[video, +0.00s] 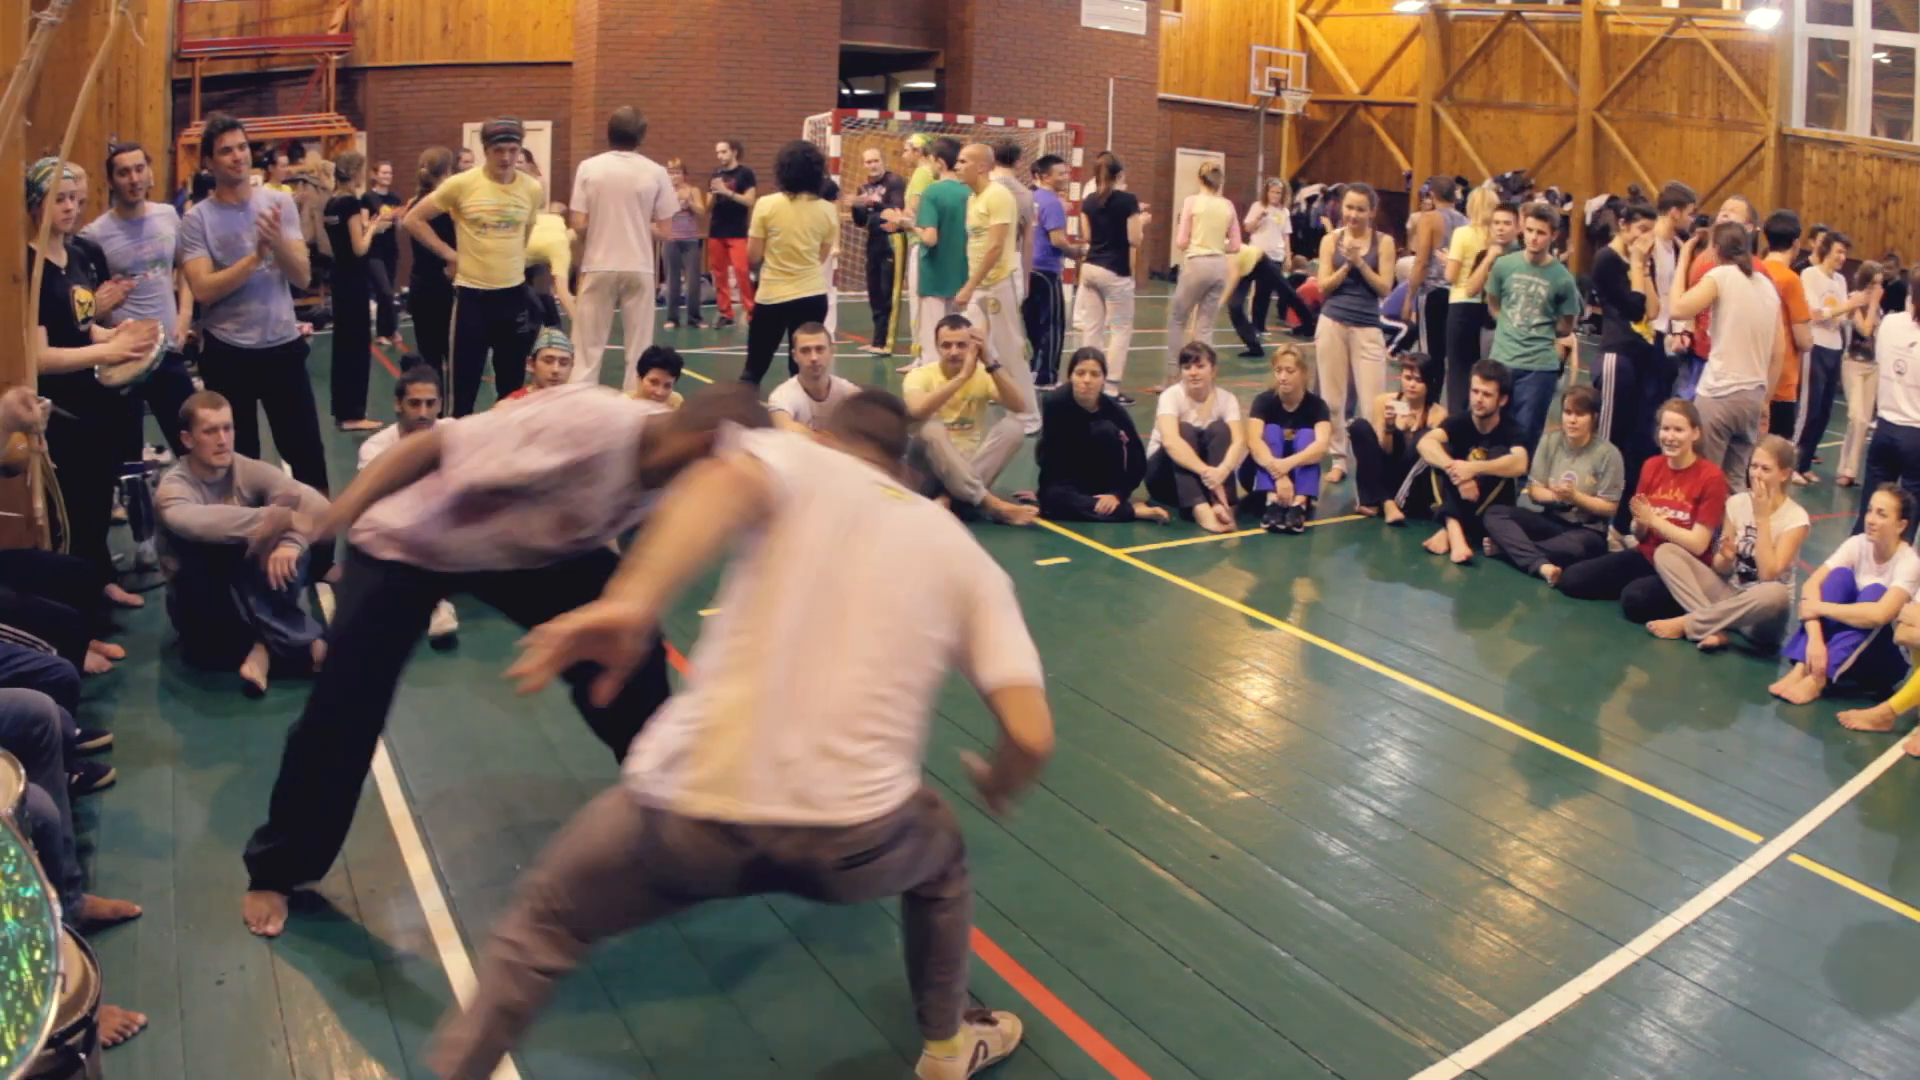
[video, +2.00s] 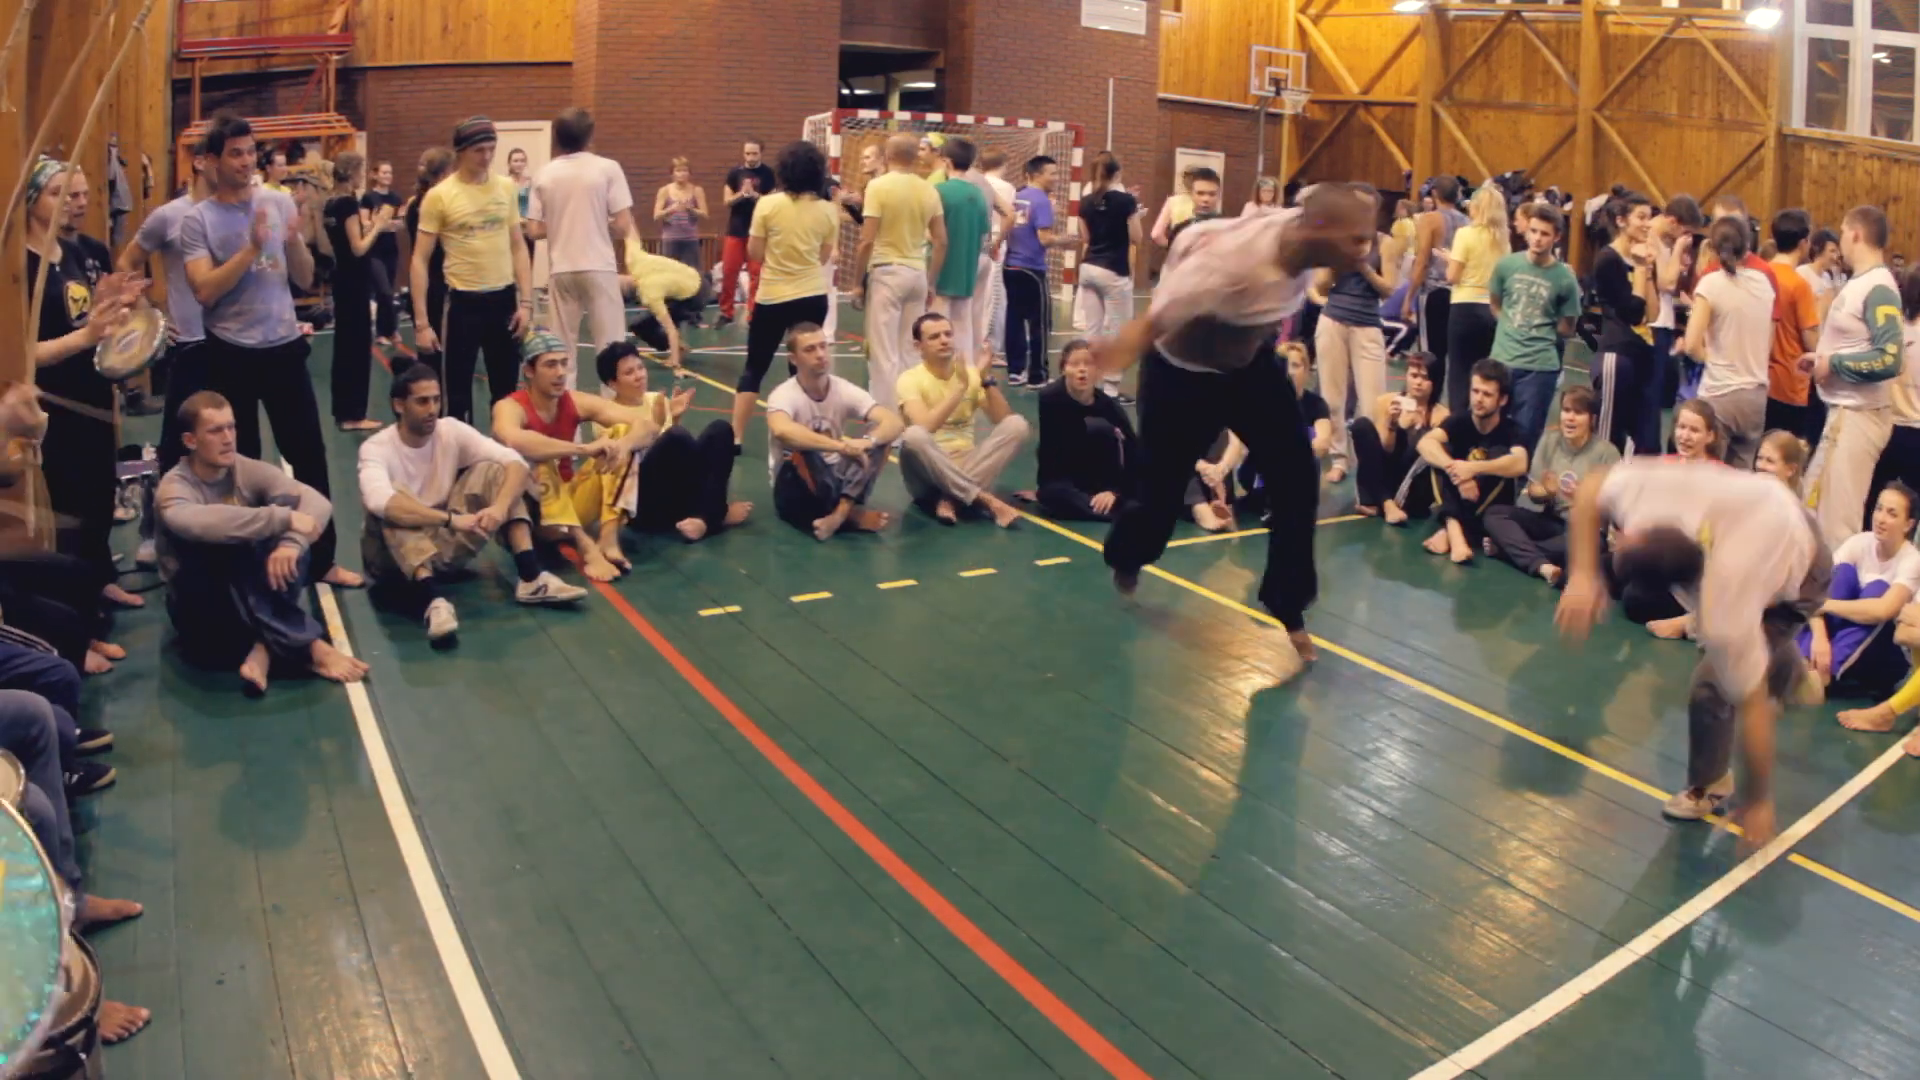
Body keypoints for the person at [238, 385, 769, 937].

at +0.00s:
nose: (714, 472)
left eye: (726, 461)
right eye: (714, 454)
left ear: (722, 451)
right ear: (688, 427)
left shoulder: (682, 470)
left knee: (629, 663)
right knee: (346, 703)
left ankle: (691, 818)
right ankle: (274, 870)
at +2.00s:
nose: (1364, 253)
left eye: (1367, 242)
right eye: (1357, 242)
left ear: (1324, 227)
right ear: (1320, 228)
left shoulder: (1308, 237)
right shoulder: (1231, 264)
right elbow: (1153, 323)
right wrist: (1110, 357)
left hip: (1250, 363)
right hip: (1181, 368)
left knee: (1297, 477)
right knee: (1161, 492)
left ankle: (1287, 602)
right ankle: (1126, 555)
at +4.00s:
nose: (1080, 360)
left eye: (1086, 340)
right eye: (1085, 341)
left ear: (965, 295)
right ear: (1070, 341)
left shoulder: (808, 356)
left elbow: (653, 504)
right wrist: (1130, 804)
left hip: (650, 736)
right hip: (776, 780)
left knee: (775, 1021)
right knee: (854, 1047)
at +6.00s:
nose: (976, 253)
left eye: (978, 237)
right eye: (976, 237)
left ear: (905, 215)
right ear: (956, 233)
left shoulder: (831, 264)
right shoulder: (875, 298)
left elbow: (718, 327)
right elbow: (763, 405)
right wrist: (773, 533)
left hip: (778, 522)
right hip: (805, 538)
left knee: (941, 619)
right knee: (750, 735)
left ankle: (955, 816)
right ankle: (598, 866)